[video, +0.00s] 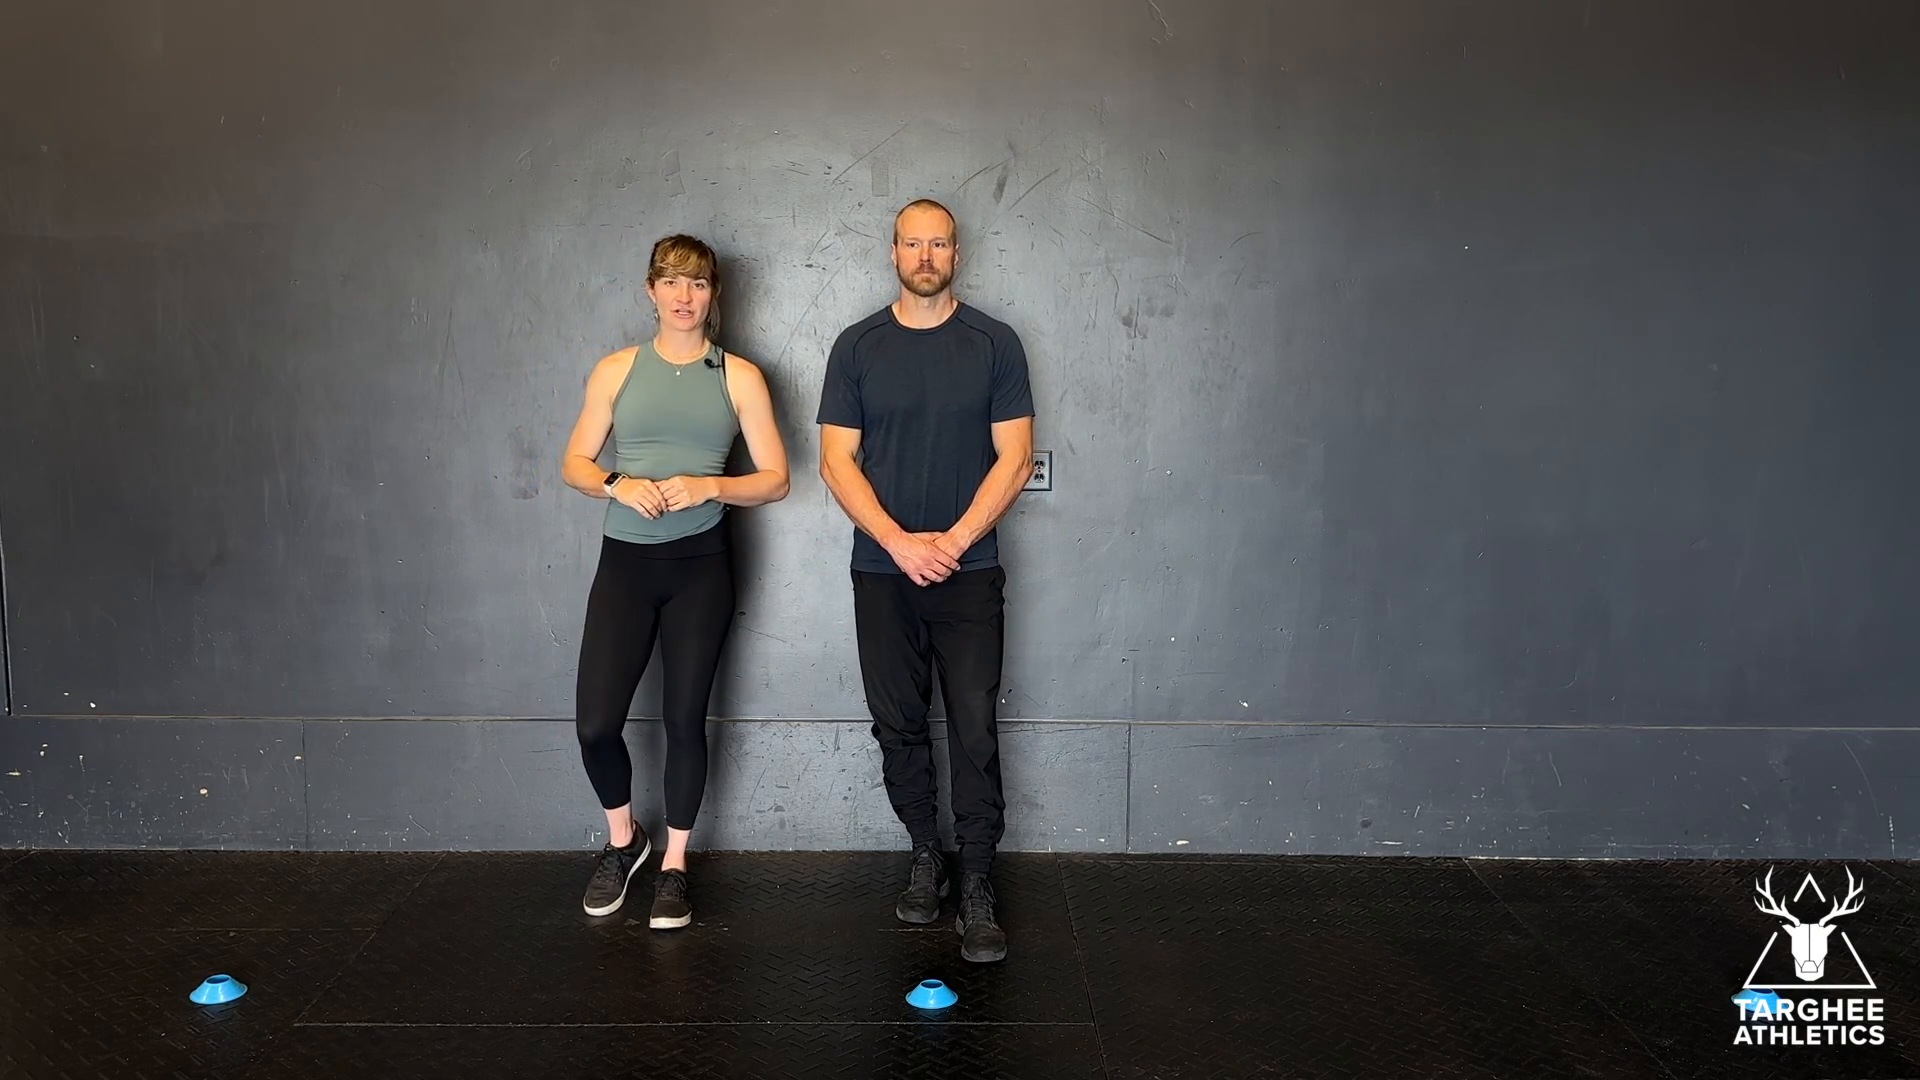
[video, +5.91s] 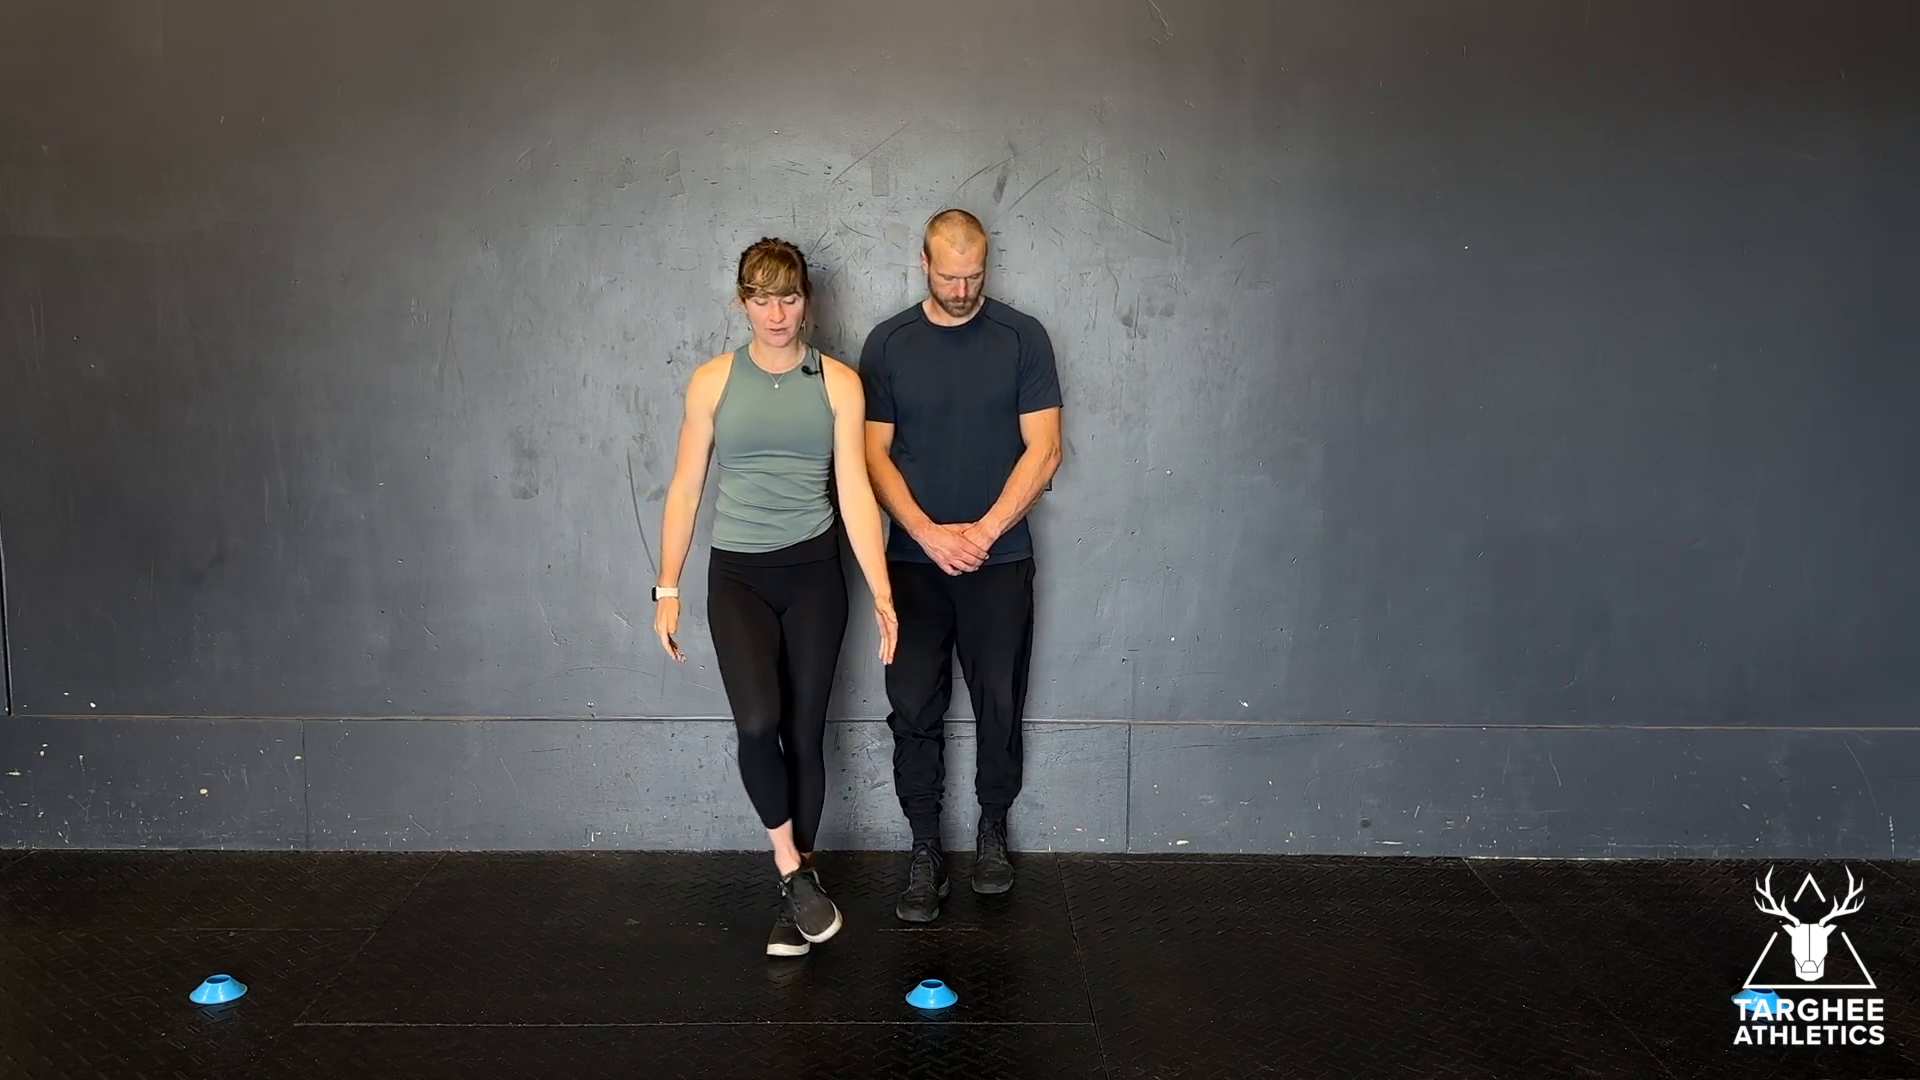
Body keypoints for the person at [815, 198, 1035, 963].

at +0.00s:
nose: (926, 255)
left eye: (938, 243)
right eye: (913, 243)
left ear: (956, 254)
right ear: (894, 253)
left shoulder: (994, 343)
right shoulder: (856, 347)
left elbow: (1016, 460)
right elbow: (836, 462)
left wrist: (952, 542)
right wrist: (896, 540)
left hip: (968, 570)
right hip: (883, 570)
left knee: (974, 732)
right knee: (900, 727)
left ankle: (978, 887)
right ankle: (928, 859)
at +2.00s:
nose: (936, 295)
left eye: (945, 281)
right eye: (922, 285)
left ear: (954, 267)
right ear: (893, 274)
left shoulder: (992, 343)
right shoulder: (856, 348)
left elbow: (1016, 460)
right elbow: (836, 464)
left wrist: (954, 541)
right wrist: (896, 541)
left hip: (968, 570)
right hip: (885, 571)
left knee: (972, 731)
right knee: (899, 726)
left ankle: (977, 884)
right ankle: (928, 856)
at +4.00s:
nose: (899, 304)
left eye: (911, 292)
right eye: (889, 292)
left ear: (938, 274)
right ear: (874, 278)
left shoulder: (988, 343)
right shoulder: (851, 348)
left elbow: (1011, 461)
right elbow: (830, 461)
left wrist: (946, 539)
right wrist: (887, 538)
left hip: (963, 564)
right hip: (878, 566)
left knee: (972, 715)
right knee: (895, 721)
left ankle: (975, 870)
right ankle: (926, 855)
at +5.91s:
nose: (963, 286)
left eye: (973, 274)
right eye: (950, 275)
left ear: (985, 264)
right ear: (926, 266)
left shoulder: (1021, 338)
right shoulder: (888, 343)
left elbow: (1044, 452)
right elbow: (874, 454)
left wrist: (983, 532)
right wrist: (924, 530)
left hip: (998, 555)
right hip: (912, 554)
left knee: (998, 703)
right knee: (915, 709)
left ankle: (994, 832)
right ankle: (923, 850)